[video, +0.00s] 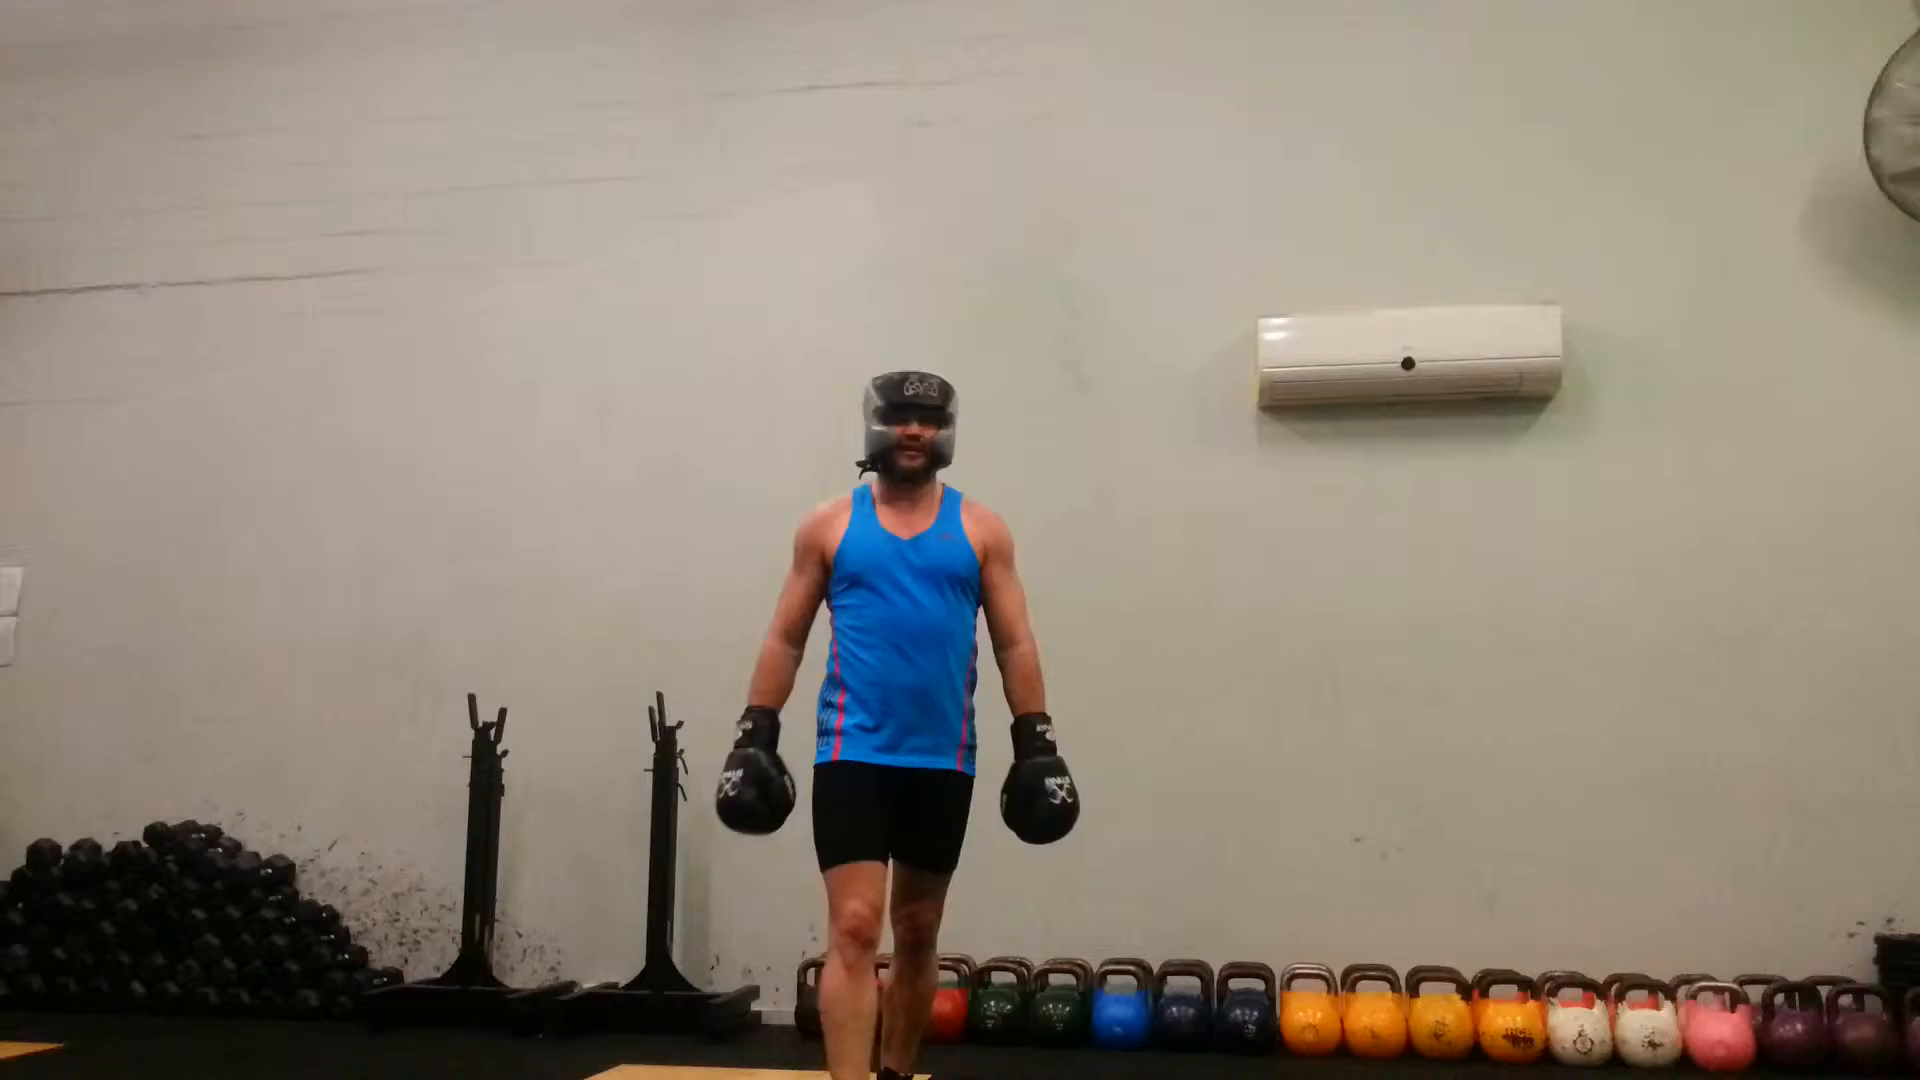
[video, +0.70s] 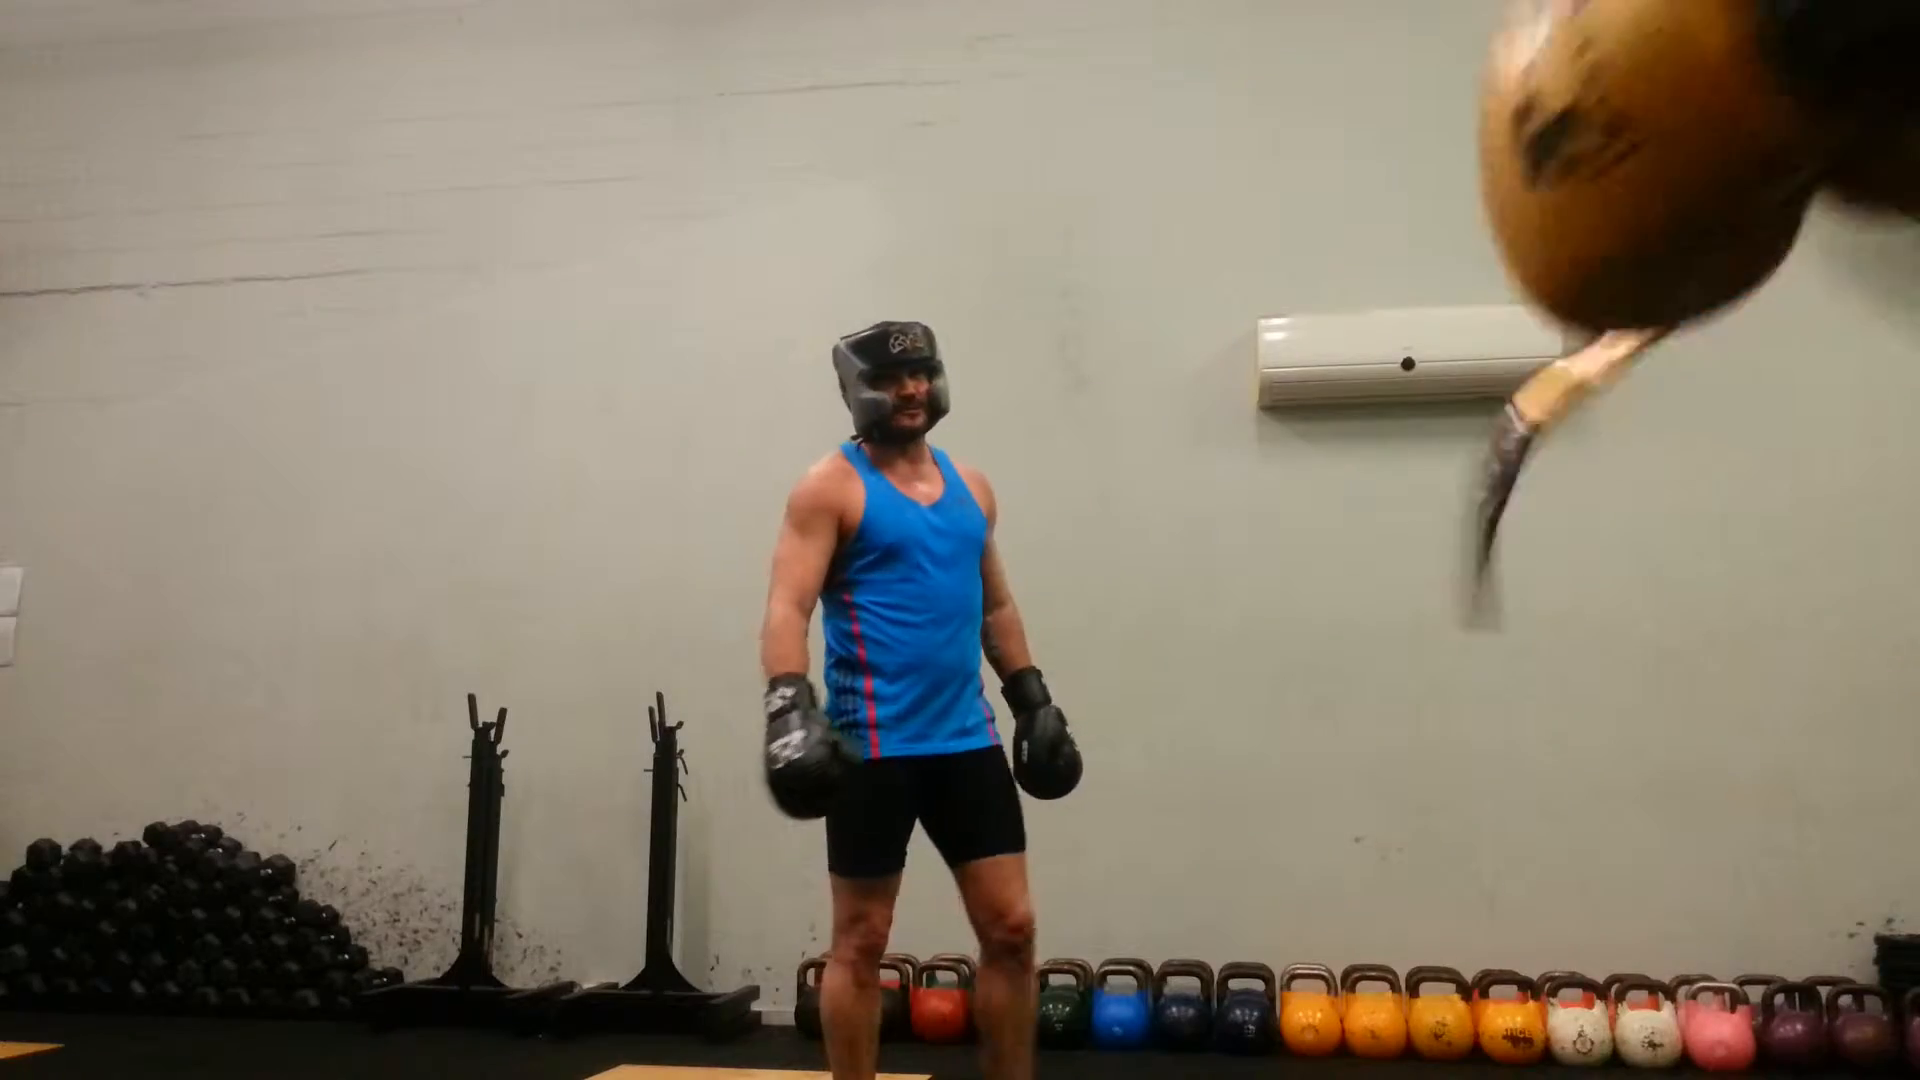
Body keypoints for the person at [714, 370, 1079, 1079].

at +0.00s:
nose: (914, 431)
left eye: (929, 420)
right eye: (900, 419)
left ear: (947, 434)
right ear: (874, 429)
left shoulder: (980, 528)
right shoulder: (828, 526)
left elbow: (1015, 643)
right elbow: (785, 638)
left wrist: (1036, 745)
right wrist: (756, 738)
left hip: (941, 759)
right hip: (852, 755)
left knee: (917, 931)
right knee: (856, 927)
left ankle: (896, 1074)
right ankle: (850, 1079)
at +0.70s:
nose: (911, 389)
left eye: (922, 375)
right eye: (891, 377)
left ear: (938, 387)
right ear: (858, 390)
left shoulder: (969, 486)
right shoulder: (829, 489)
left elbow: (996, 606)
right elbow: (787, 606)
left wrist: (1034, 704)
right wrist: (789, 712)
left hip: (966, 743)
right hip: (869, 750)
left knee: (1011, 931)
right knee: (861, 941)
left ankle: (1011, 1079)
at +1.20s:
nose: (1014, 364)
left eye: (1027, 350)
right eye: (994, 350)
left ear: (1047, 368)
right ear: (961, 365)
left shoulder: (1072, 487)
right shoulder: (921, 474)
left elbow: (1092, 618)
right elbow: (870, 606)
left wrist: (1111, 735)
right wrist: (847, 736)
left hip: (1061, 750)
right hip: (954, 754)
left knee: (1074, 949)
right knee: (924, 951)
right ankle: (879, 1077)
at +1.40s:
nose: (1068, 353)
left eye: (1082, 340)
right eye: (1048, 341)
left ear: (1104, 358)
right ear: (1018, 358)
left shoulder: (1136, 486)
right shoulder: (976, 466)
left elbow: (1171, 622)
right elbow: (910, 592)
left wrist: (1203, 746)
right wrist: (873, 719)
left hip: (1118, 748)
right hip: (1014, 747)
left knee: (1108, 950)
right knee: (1004, 954)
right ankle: (923, 1068)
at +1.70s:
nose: (1143, 367)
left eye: (1156, 348)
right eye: (1125, 345)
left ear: (1174, 357)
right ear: (1095, 357)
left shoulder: (1199, 474)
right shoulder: (1038, 448)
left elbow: (1256, 600)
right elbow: (966, 574)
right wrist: (952, 692)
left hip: (1166, 735)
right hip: (1067, 725)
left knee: (1133, 957)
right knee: (1113, 949)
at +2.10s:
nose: (1239, 357)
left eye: (1243, 336)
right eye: (1220, 335)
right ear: (1184, 349)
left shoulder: (1268, 443)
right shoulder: (1123, 439)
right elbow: (1057, 584)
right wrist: (1017, 719)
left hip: (1274, 730)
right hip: (1174, 735)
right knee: (1203, 1005)